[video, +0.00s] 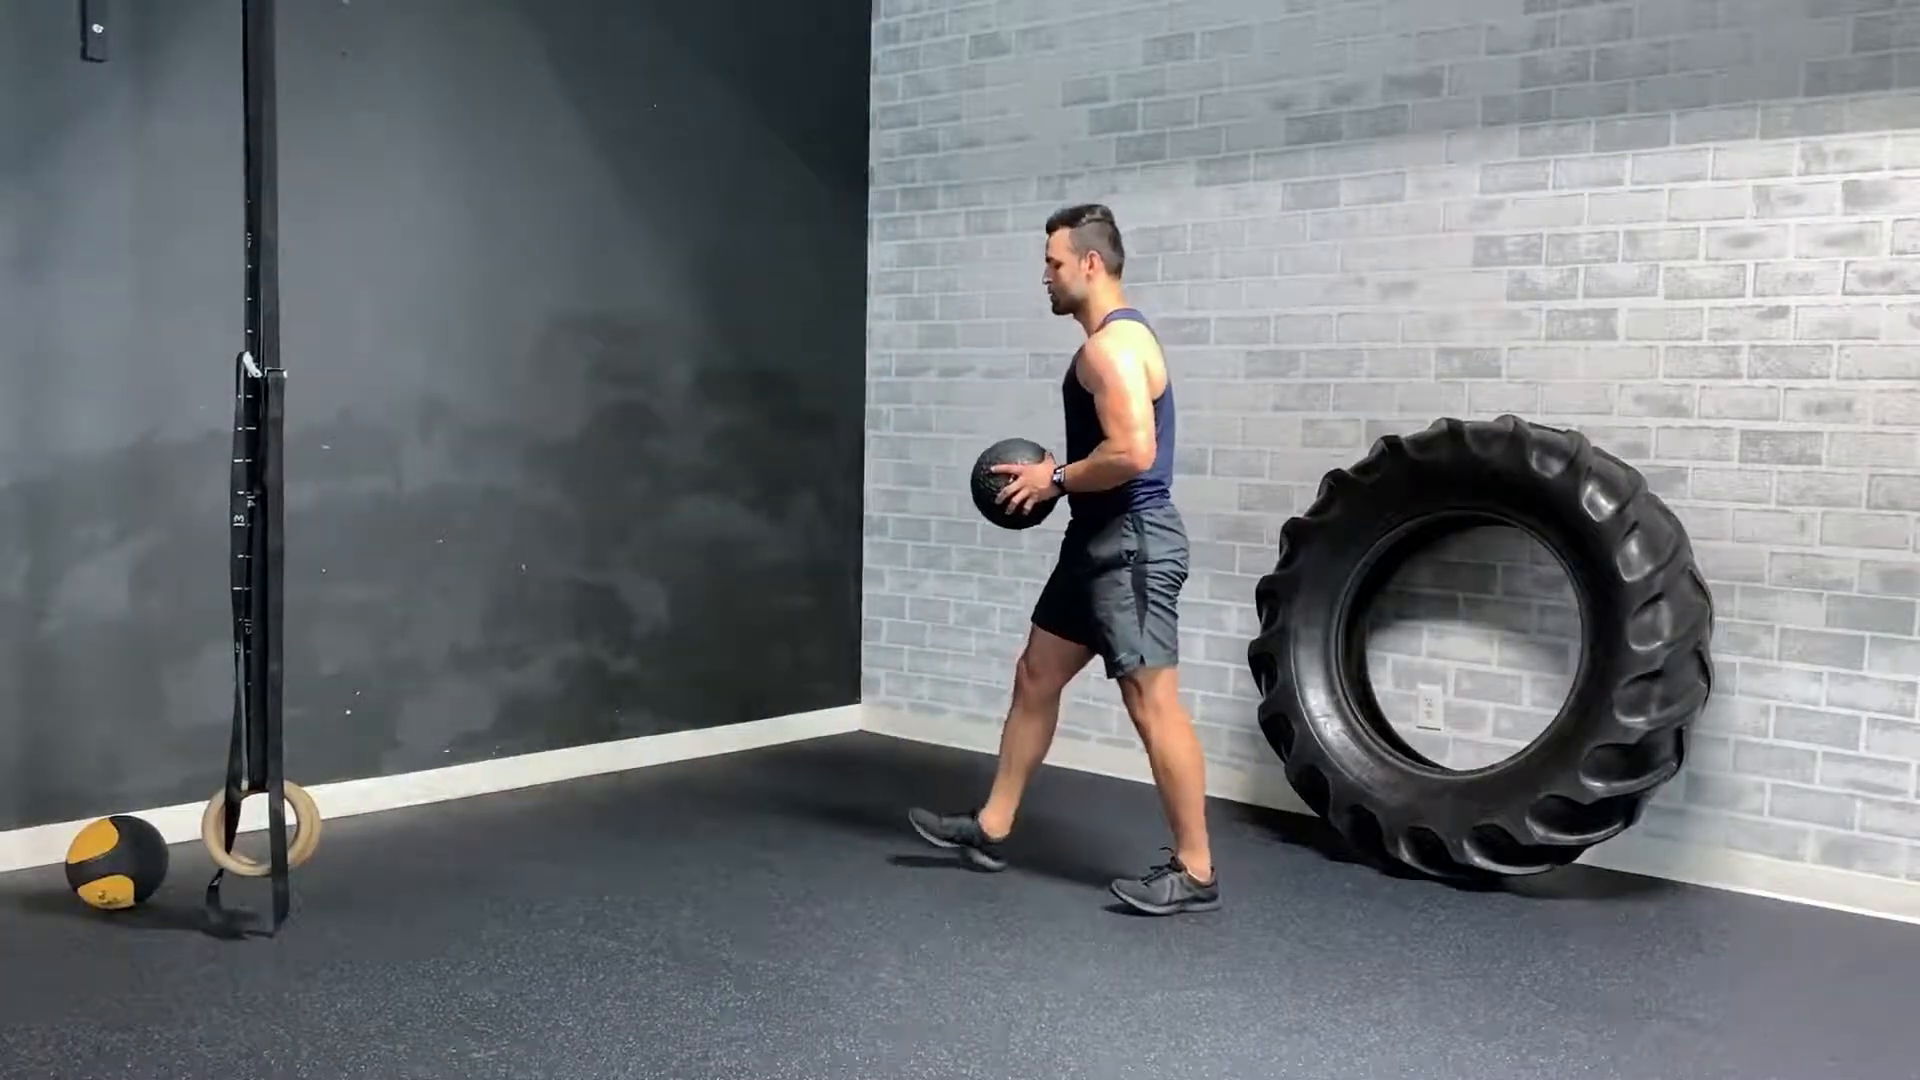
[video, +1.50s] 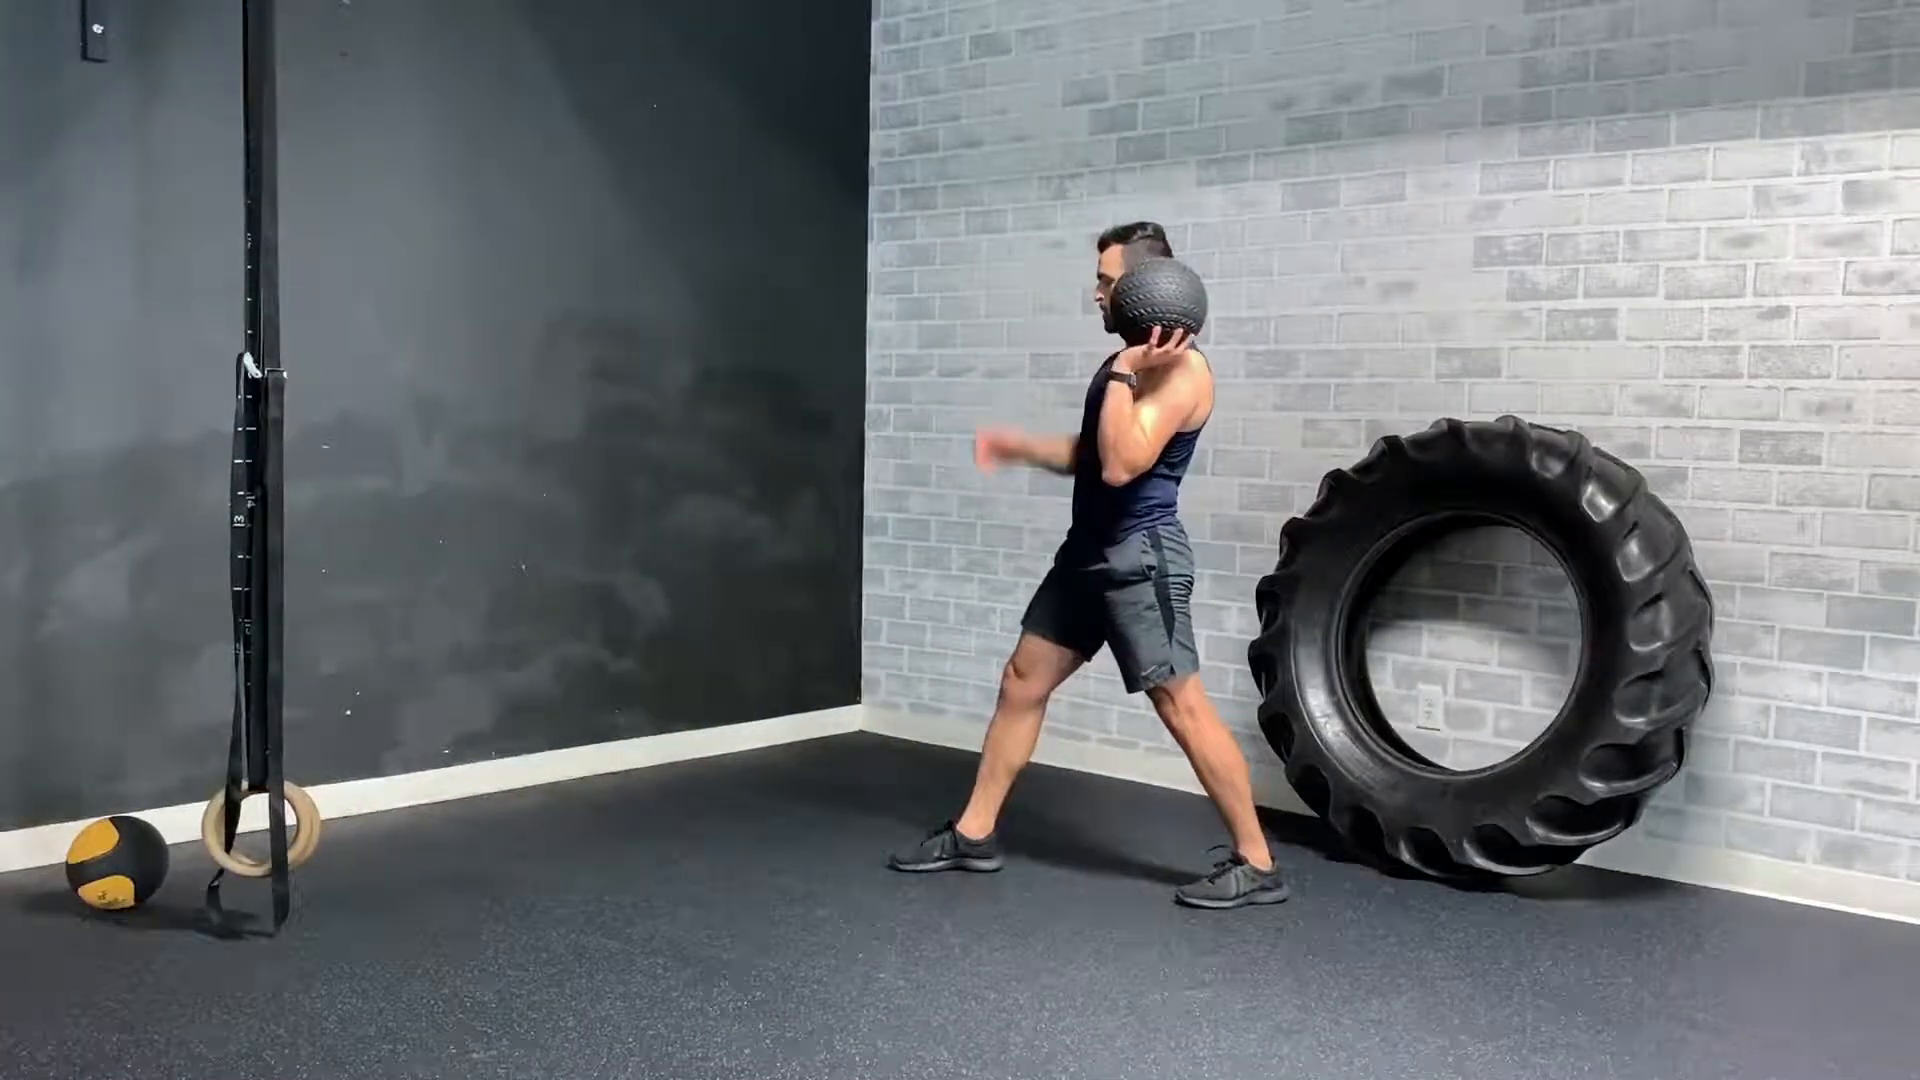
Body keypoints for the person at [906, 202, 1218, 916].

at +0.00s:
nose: (1045, 275)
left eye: (1054, 262)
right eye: (1046, 262)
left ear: (1094, 264)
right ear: (1094, 267)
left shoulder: (1112, 346)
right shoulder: (1118, 340)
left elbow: (1134, 453)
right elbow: (1123, 453)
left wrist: (1058, 477)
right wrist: (1052, 474)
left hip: (1133, 543)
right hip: (1098, 540)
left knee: (1152, 701)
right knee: (1036, 679)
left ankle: (1195, 868)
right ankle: (991, 829)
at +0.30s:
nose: (983, 278)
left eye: (993, 267)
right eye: (985, 267)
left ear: (1032, 274)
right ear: (1031, 277)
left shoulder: (1047, 348)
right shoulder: (1042, 350)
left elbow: (1035, 452)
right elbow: (1040, 455)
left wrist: (971, 474)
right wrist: (975, 469)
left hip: (1094, 538)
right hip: (1051, 544)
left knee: (1143, 692)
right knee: (988, 677)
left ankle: (1194, 862)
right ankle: (973, 836)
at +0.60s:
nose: (992, 276)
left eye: (1002, 265)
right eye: (995, 265)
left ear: (1038, 272)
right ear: (1039, 273)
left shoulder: (1054, 346)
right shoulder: (1041, 346)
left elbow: (978, 433)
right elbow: (981, 427)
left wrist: (909, 396)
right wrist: (911, 398)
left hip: (1103, 537)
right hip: (1052, 546)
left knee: (1166, 683)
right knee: (992, 677)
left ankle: (1252, 842)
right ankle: (974, 838)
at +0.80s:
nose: (1036, 284)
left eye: (1046, 272)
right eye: (1039, 273)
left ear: (1083, 277)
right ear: (1083, 278)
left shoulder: (1100, 355)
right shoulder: (1071, 352)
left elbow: (1010, 427)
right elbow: (999, 379)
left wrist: (955, 357)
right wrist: (953, 348)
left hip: (1126, 551)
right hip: (1073, 554)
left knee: (1179, 699)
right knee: (1001, 677)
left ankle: (1255, 859)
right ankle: (973, 837)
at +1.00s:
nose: (1074, 282)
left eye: (1083, 269)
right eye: (1074, 270)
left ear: (1120, 278)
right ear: (1116, 283)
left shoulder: (1142, 357)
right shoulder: (1099, 346)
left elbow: (1059, 431)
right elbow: (1004, 341)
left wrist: (1026, 353)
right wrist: (1011, 279)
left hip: (1145, 551)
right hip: (1090, 553)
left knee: (1194, 702)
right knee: (1025, 680)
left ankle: (1258, 863)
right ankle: (975, 837)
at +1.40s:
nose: (1105, 290)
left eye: (1115, 279)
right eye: (1105, 278)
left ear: (1154, 282)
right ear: (1134, 289)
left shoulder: (1185, 370)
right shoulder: (1126, 360)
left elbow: (1114, 456)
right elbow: (1051, 407)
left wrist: (1110, 371)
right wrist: (1037, 365)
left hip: (1149, 555)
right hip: (1094, 553)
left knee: (1190, 706)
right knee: (1033, 685)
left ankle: (1257, 861)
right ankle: (976, 835)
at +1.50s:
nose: (1098, 292)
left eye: (1109, 281)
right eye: (1099, 280)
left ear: (1150, 286)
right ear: (1136, 288)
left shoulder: (1185, 372)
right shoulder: (1128, 361)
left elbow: (1122, 463)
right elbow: (1095, 458)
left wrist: (1121, 377)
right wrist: (1025, 448)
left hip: (1143, 556)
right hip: (1089, 551)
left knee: (1183, 706)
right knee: (1023, 682)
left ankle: (1257, 861)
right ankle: (974, 835)